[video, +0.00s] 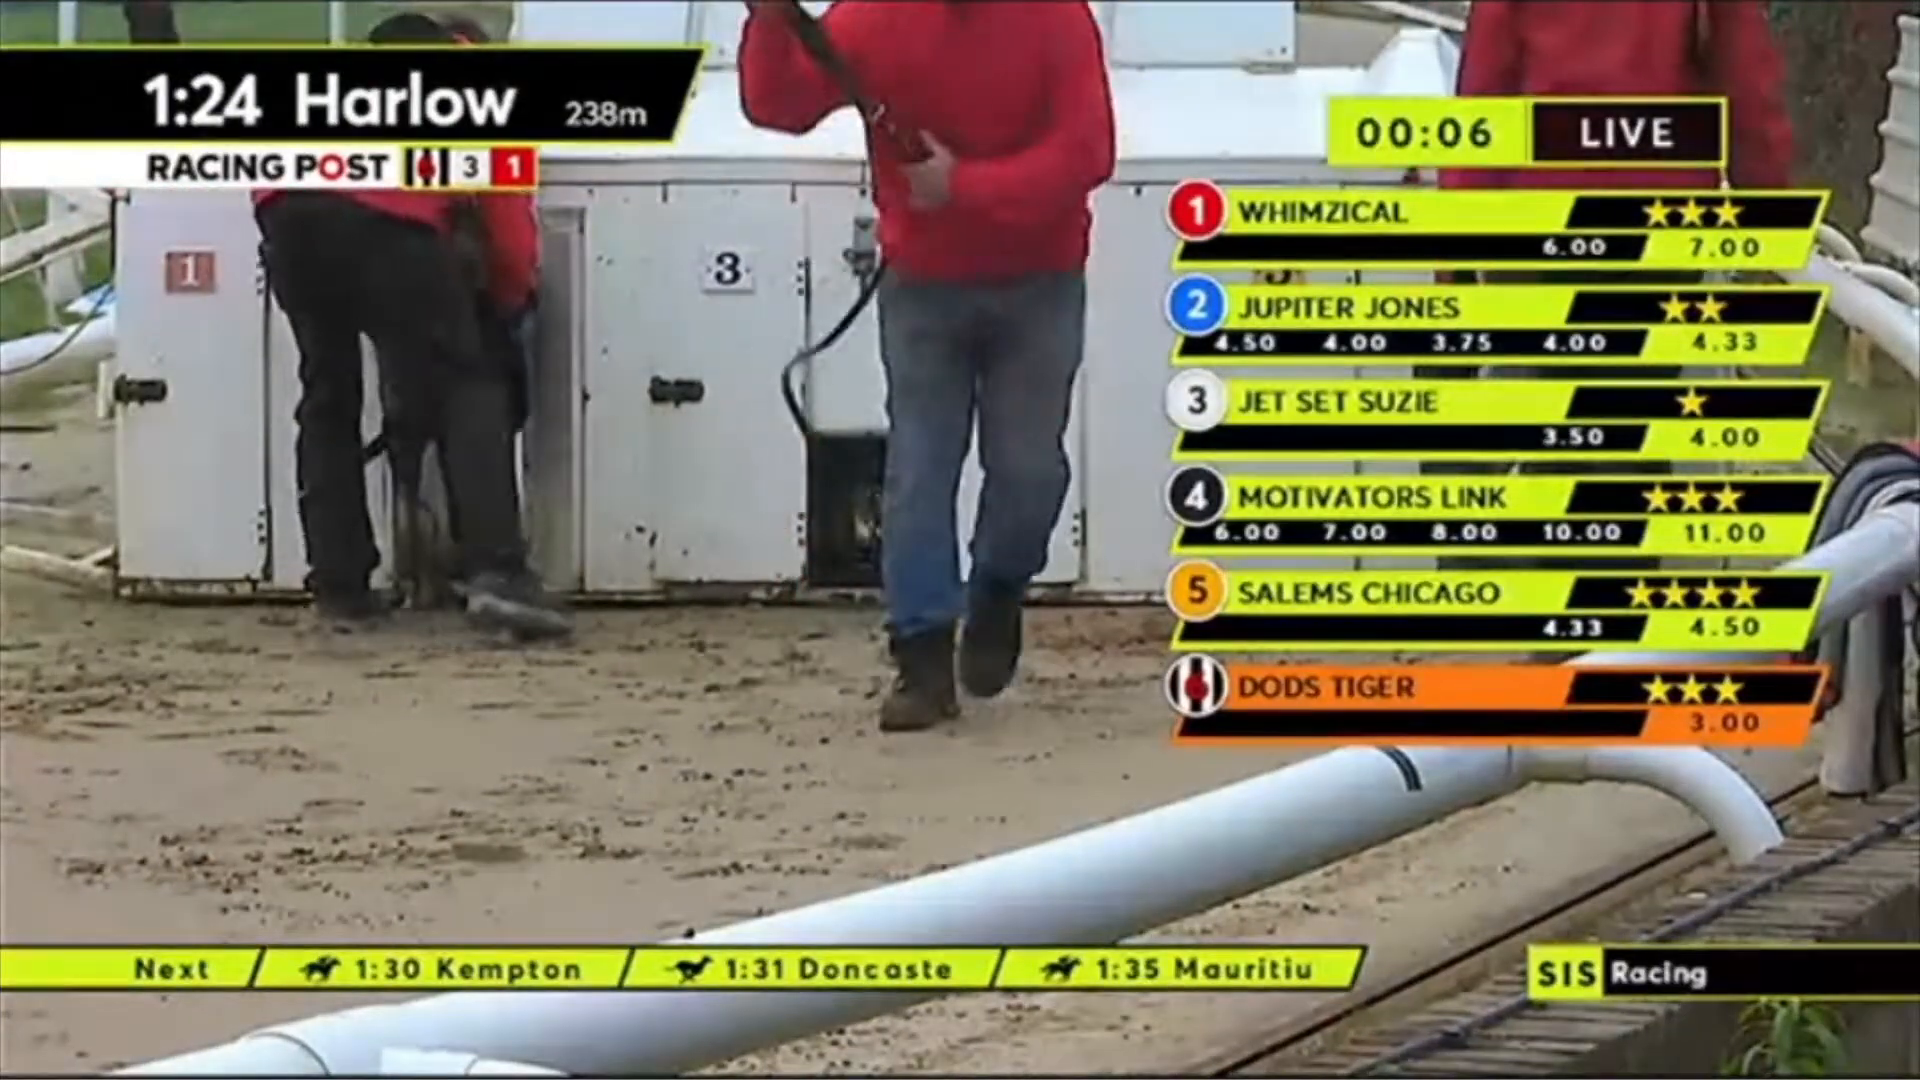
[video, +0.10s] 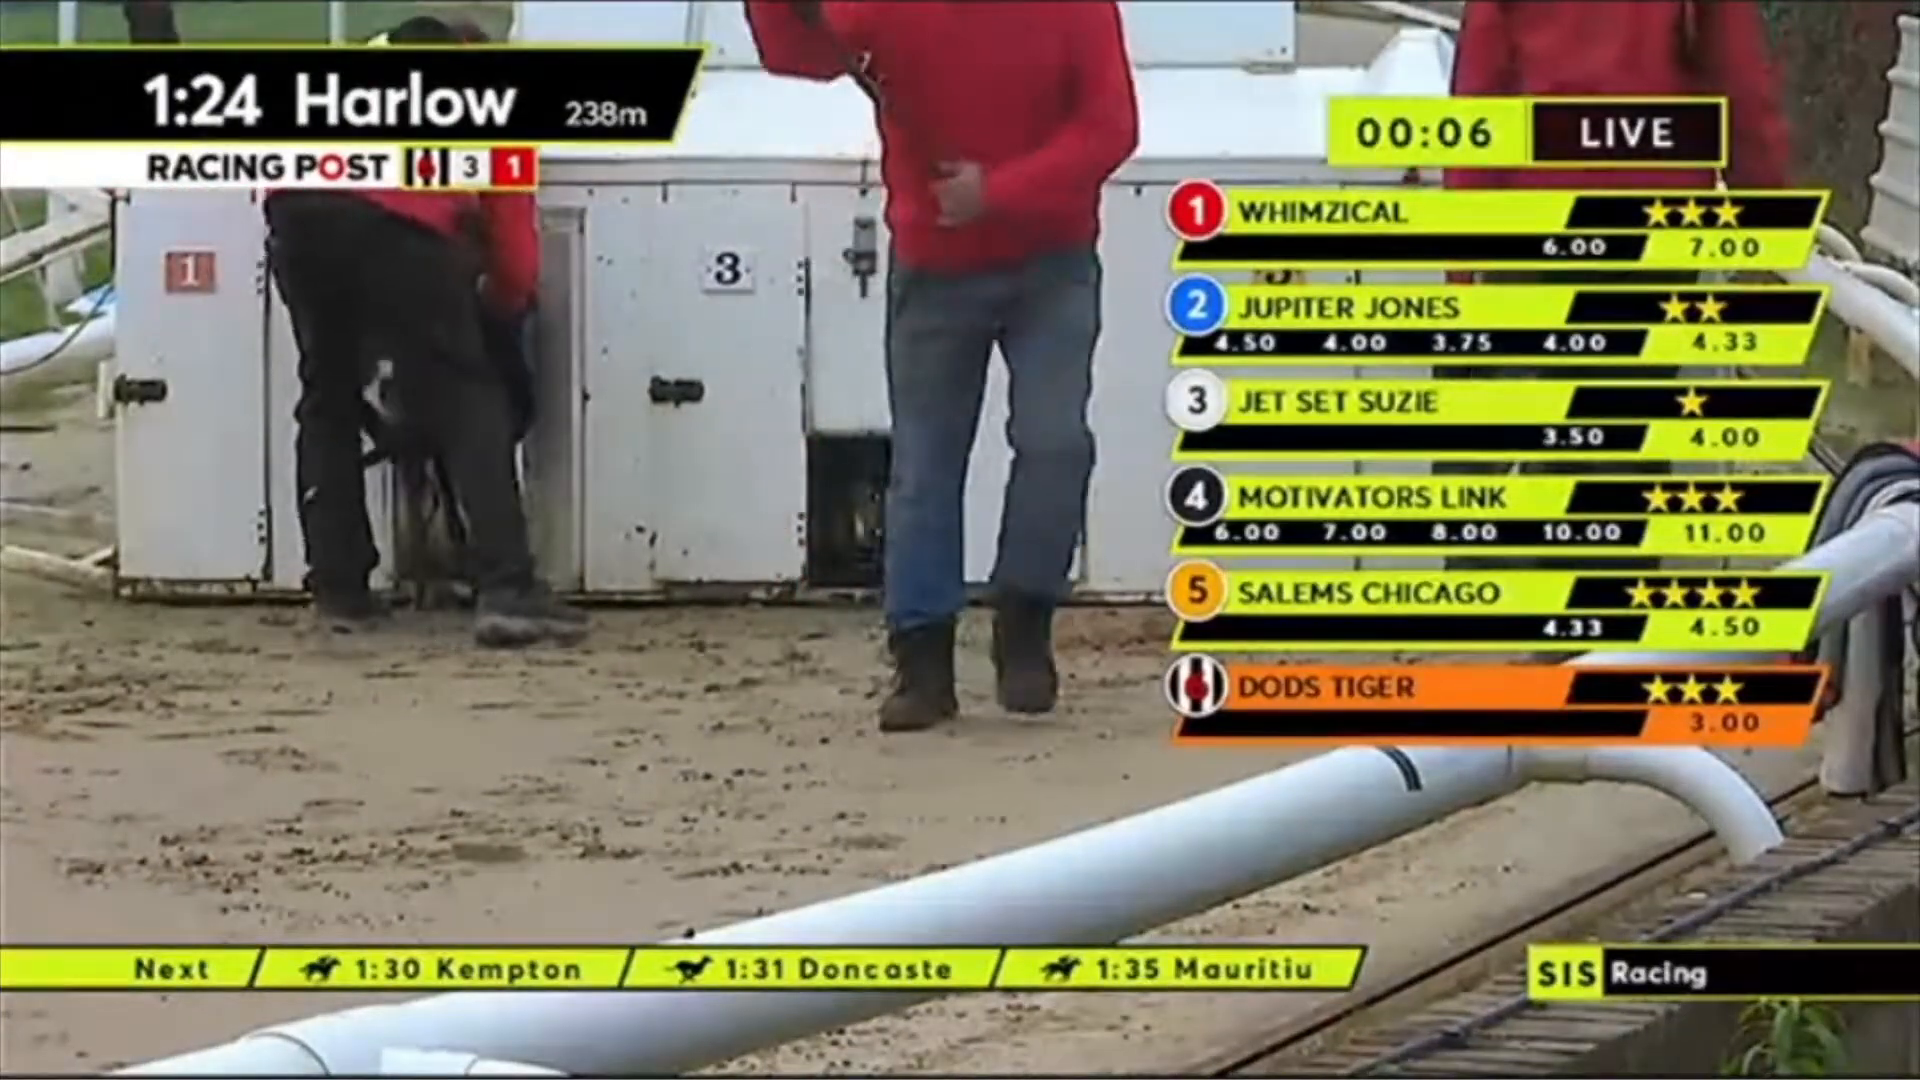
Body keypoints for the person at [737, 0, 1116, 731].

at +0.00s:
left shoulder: (1057, 18)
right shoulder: (877, 16)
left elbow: (1085, 153)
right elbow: (778, 104)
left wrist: (963, 181)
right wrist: (772, 16)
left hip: (1038, 278)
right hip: (922, 276)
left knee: (1027, 468)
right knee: (918, 467)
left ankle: (999, 595)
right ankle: (923, 665)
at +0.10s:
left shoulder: (1082, 11)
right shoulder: (879, 12)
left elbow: (1112, 127)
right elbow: (792, 49)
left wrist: (996, 188)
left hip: (1053, 261)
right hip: (933, 265)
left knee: (1055, 442)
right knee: (924, 463)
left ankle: (1025, 626)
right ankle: (923, 662)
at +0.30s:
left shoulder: (1130, 14)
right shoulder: (934, 11)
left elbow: (1169, 137)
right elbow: (842, 31)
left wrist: (1098, 192)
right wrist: (783, 4)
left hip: (1089, 278)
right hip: (968, 280)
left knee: (1094, 463)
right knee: (948, 464)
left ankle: (1105, 659)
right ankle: (932, 651)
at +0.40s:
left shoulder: (1179, 16)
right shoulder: (986, 12)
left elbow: (1220, 148)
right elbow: (879, 49)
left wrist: (1151, 160)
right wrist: (822, 106)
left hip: (1128, 289)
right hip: (1003, 289)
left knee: (1125, 488)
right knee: (970, 468)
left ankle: (1107, 692)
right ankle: (938, 623)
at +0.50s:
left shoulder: (1208, 14)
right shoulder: (1004, 13)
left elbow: (1247, 138)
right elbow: (900, 90)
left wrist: (1183, 140)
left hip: (1152, 290)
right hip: (1030, 289)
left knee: (1143, 497)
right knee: (1001, 479)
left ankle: (1109, 696)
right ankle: (969, 613)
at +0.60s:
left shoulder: (1243, 7)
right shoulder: (1029, 7)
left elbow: (1283, 97)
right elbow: (976, 113)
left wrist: (1224, 125)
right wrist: (992, 254)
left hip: (1184, 268)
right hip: (1064, 261)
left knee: (1157, 481)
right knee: (1074, 458)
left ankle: (1112, 690)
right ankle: (1039, 660)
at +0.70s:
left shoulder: (1266, 6)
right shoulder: (1048, 7)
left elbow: (1308, 88)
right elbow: (998, 107)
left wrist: (1258, 134)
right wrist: (1011, 249)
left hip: (1220, 264)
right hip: (1093, 259)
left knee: (1213, 461)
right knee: (1122, 453)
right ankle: (1111, 682)